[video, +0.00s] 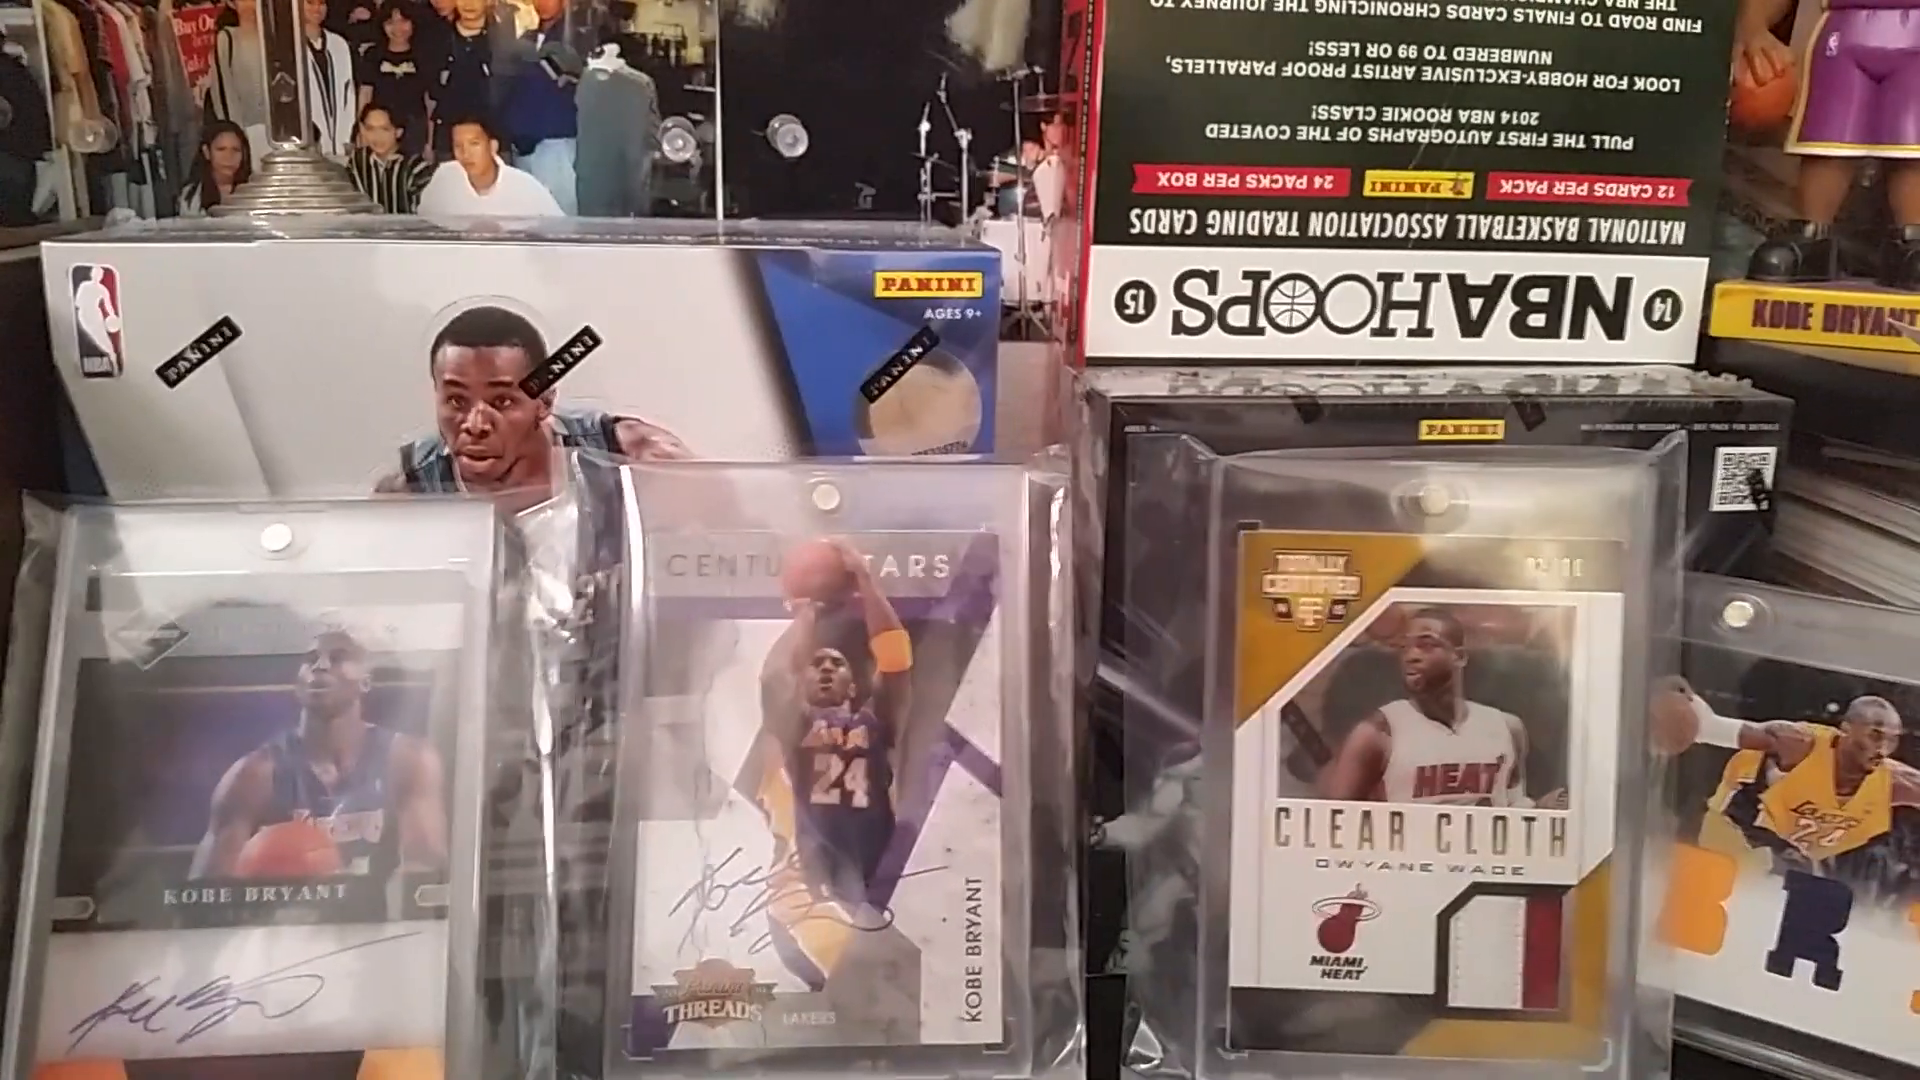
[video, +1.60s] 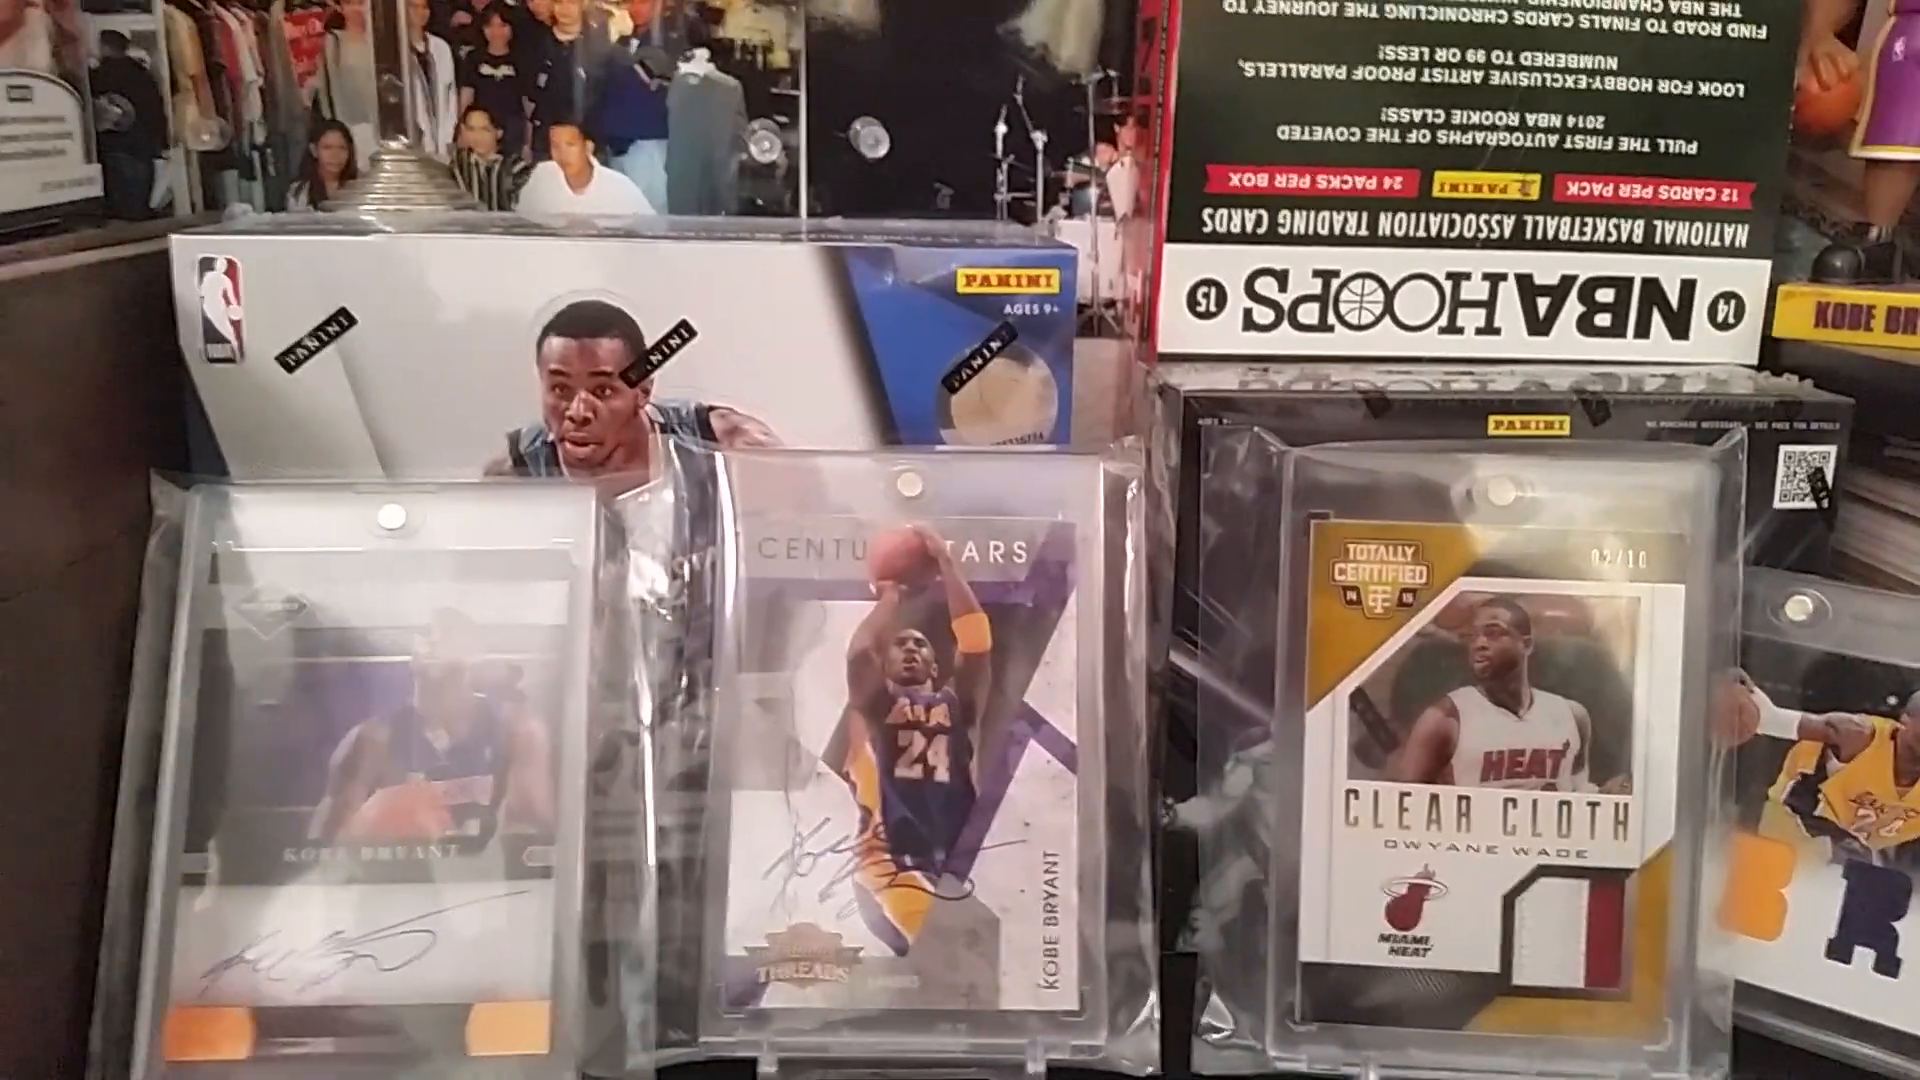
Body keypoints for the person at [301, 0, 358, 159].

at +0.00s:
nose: (318, 8)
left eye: (322, 3)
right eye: (311, 3)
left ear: (326, 8)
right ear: (299, 6)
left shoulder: (341, 44)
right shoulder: (292, 47)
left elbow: (350, 91)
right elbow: (290, 98)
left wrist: (348, 137)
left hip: (343, 144)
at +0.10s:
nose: (314, 8)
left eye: (318, 3)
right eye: (307, 3)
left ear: (323, 8)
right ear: (296, 6)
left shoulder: (337, 44)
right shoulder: (288, 47)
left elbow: (347, 90)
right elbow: (286, 97)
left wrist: (345, 137)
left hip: (339, 143)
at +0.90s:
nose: (334, 10)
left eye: (338, 4)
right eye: (326, 4)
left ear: (342, 8)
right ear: (315, 7)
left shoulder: (355, 44)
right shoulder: (309, 47)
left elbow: (365, 91)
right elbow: (307, 97)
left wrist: (362, 137)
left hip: (357, 143)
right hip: (326, 144)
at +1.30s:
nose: (356, 10)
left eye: (360, 4)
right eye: (350, 4)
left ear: (365, 8)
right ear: (339, 7)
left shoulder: (378, 44)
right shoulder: (331, 46)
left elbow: (387, 90)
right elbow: (331, 94)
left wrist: (385, 135)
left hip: (378, 139)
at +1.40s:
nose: (374, 10)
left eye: (380, 4)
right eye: (371, 4)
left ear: (387, 10)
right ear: (362, 9)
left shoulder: (402, 47)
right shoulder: (354, 48)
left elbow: (409, 96)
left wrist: (406, 139)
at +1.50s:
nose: (405, 10)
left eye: (407, 4)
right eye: (398, 4)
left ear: (410, 9)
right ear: (386, 10)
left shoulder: (425, 45)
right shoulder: (379, 49)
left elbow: (434, 91)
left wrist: (431, 133)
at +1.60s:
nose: (422, 12)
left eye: (425, 7)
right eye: (414, 6)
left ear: (429, 11)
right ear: (403, 10)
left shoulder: (442, 48)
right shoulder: (397, 51)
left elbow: (451, 92)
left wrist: (450, 133)